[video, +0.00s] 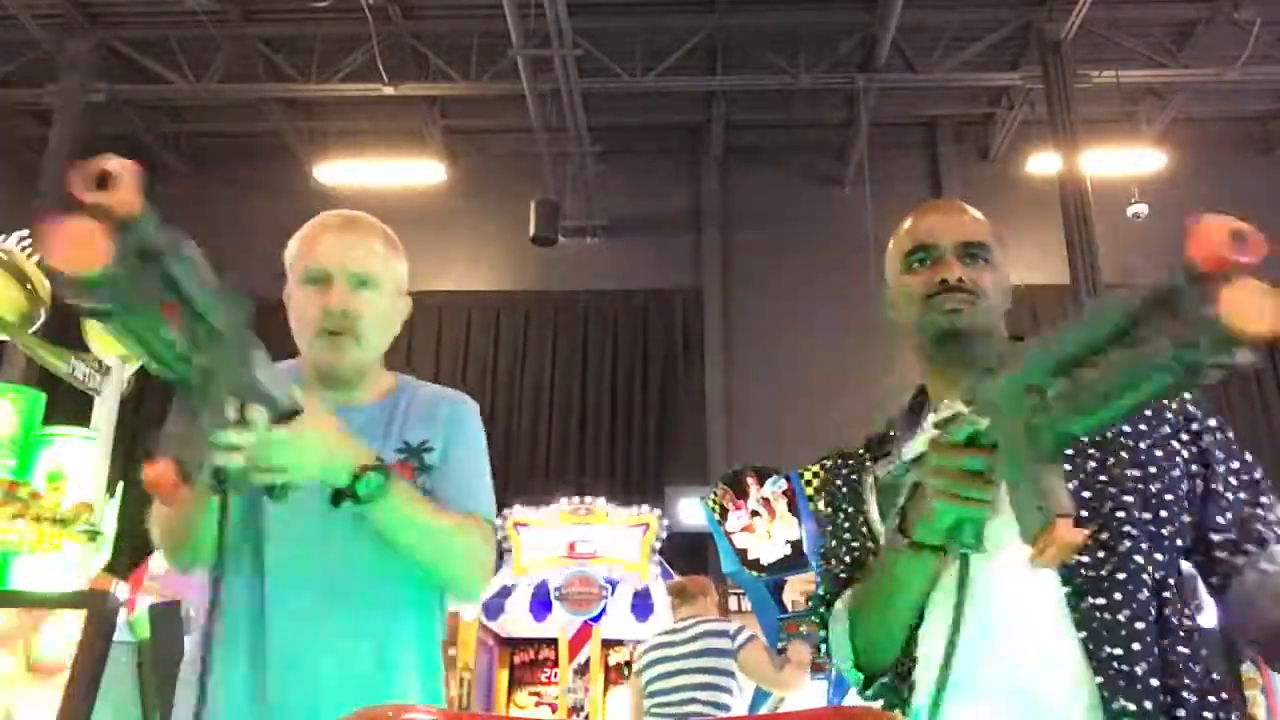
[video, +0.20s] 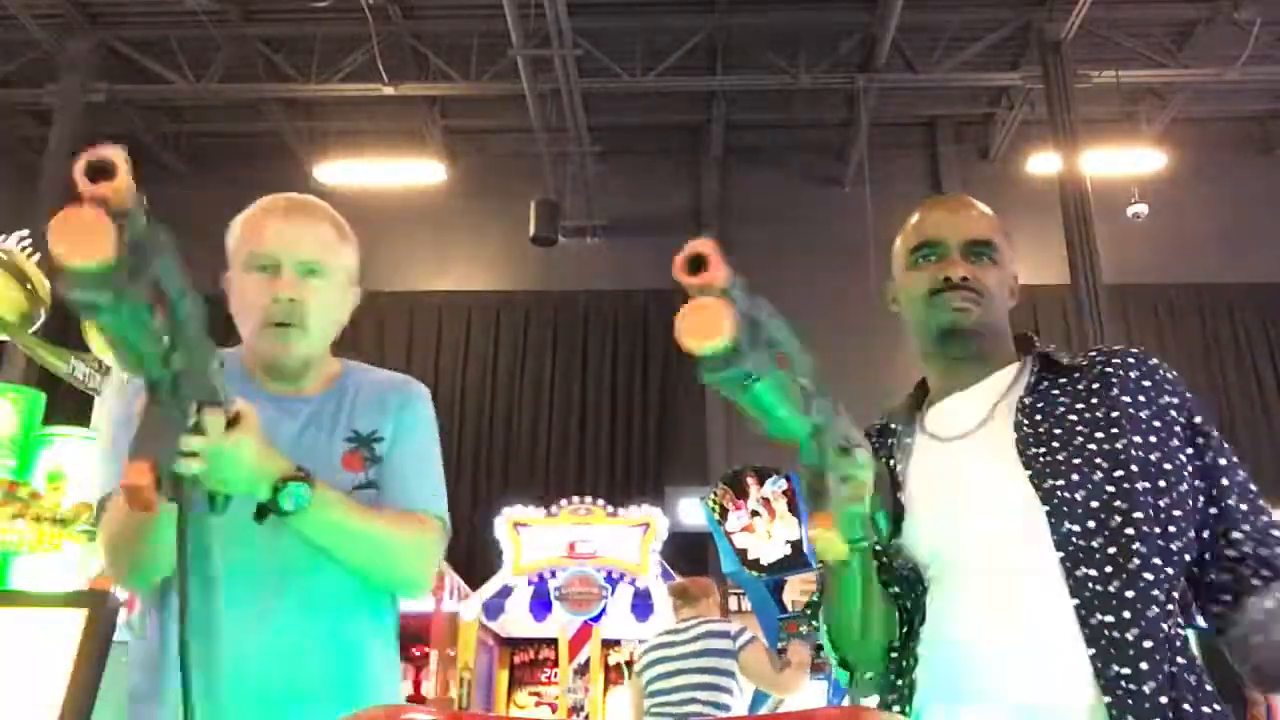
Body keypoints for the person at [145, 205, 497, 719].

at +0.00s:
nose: (337, 303)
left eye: (362, 284)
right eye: (316, 281)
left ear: (402, 308)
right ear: (286, 299)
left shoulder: (445, 417)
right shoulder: (238, 401)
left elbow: (471, 571)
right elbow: (183, 553)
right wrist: (201, 474)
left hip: (384, 705)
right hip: (240, 703)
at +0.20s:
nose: (286, 291)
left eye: (311, 272)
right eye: (263, 269)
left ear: (351, 297)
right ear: (228, 288)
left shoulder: (397, 405)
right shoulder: (172, 390)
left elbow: (415, 564)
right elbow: (132, 569)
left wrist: (272, 478)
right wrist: (163, 458)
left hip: (344, 705)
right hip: (184, 705)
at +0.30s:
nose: (258, 292)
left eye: (286, 271)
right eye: (238, 270)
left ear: (327, 297)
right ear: (200, 283)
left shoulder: (375, 403)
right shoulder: (140, 389)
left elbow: (400, 562)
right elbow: (118, 559)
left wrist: (274, 477)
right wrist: (164, 476)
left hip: (314, 706)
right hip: (152, 704)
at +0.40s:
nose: (284, 303)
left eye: (308, 283)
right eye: (263, 282)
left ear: (348, 308)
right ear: (231, 300)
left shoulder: (395, 413)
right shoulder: (171, 401)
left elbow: (411, 565)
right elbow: (146, 577)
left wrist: (274, 477)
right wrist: (161, 484)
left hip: (331, 704)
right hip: (174, 704)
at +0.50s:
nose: (312, 314)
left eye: (338, 296)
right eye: (292, 292)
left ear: (374, 323)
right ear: (260, 310)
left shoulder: (419, 422)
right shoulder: (206, 410)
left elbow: (427, 569)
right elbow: (175, 590)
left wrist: (281, 496)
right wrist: (165, 489)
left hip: (354, 708)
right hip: (208, 707)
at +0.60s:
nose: (310, 318)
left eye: (335, 300)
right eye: (290, 296)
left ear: (372, 326)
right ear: (258, 314)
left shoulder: (419, 426)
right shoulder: (200, 414)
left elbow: (435, 575)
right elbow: (176, 585)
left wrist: (302, 504)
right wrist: (216, 492)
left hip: (362, 709)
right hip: (210, 706)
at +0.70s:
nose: (297, 318)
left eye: (321, 299)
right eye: (276, 299)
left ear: (358, 321)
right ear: (243, 315)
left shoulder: (407, 423)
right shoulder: (183, 420)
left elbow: (436, 575)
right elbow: (176, 585)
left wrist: (319, 511)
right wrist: (229, 498)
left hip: (359, 708)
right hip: (205, 707)